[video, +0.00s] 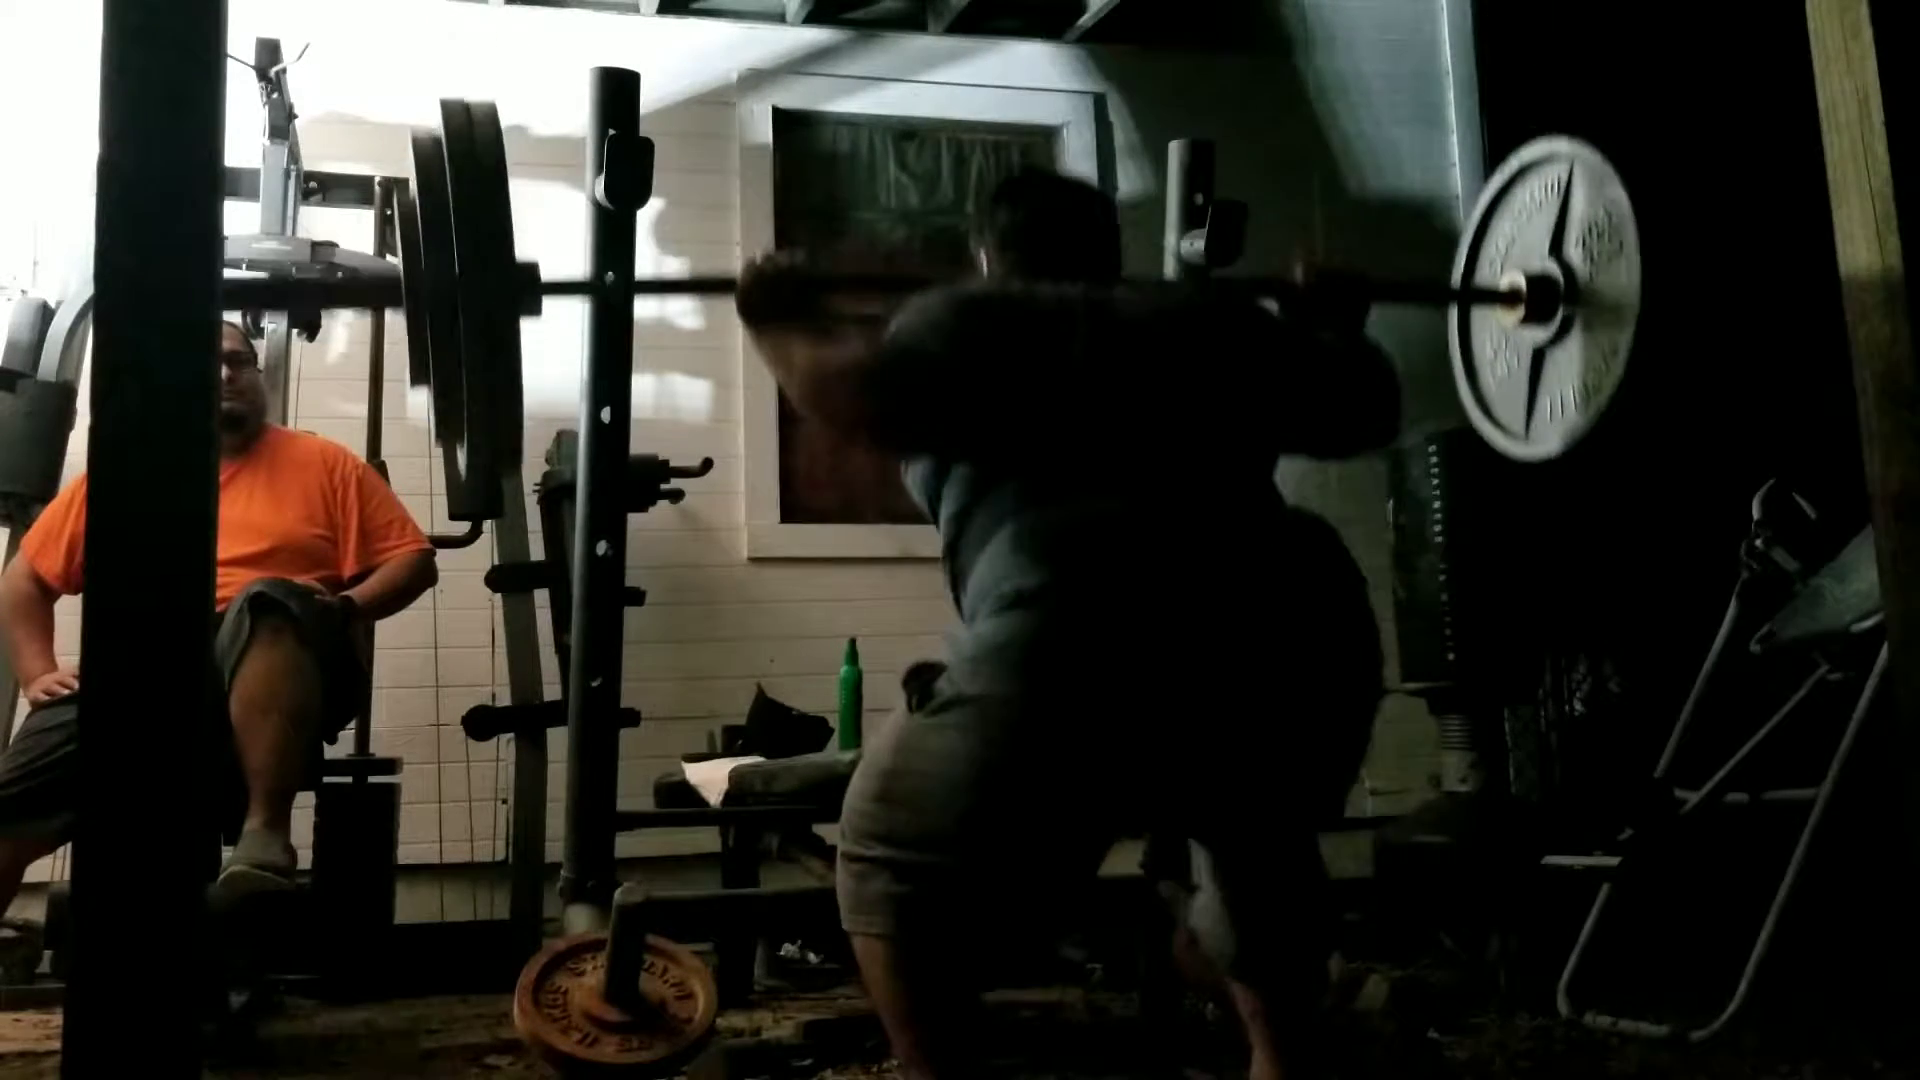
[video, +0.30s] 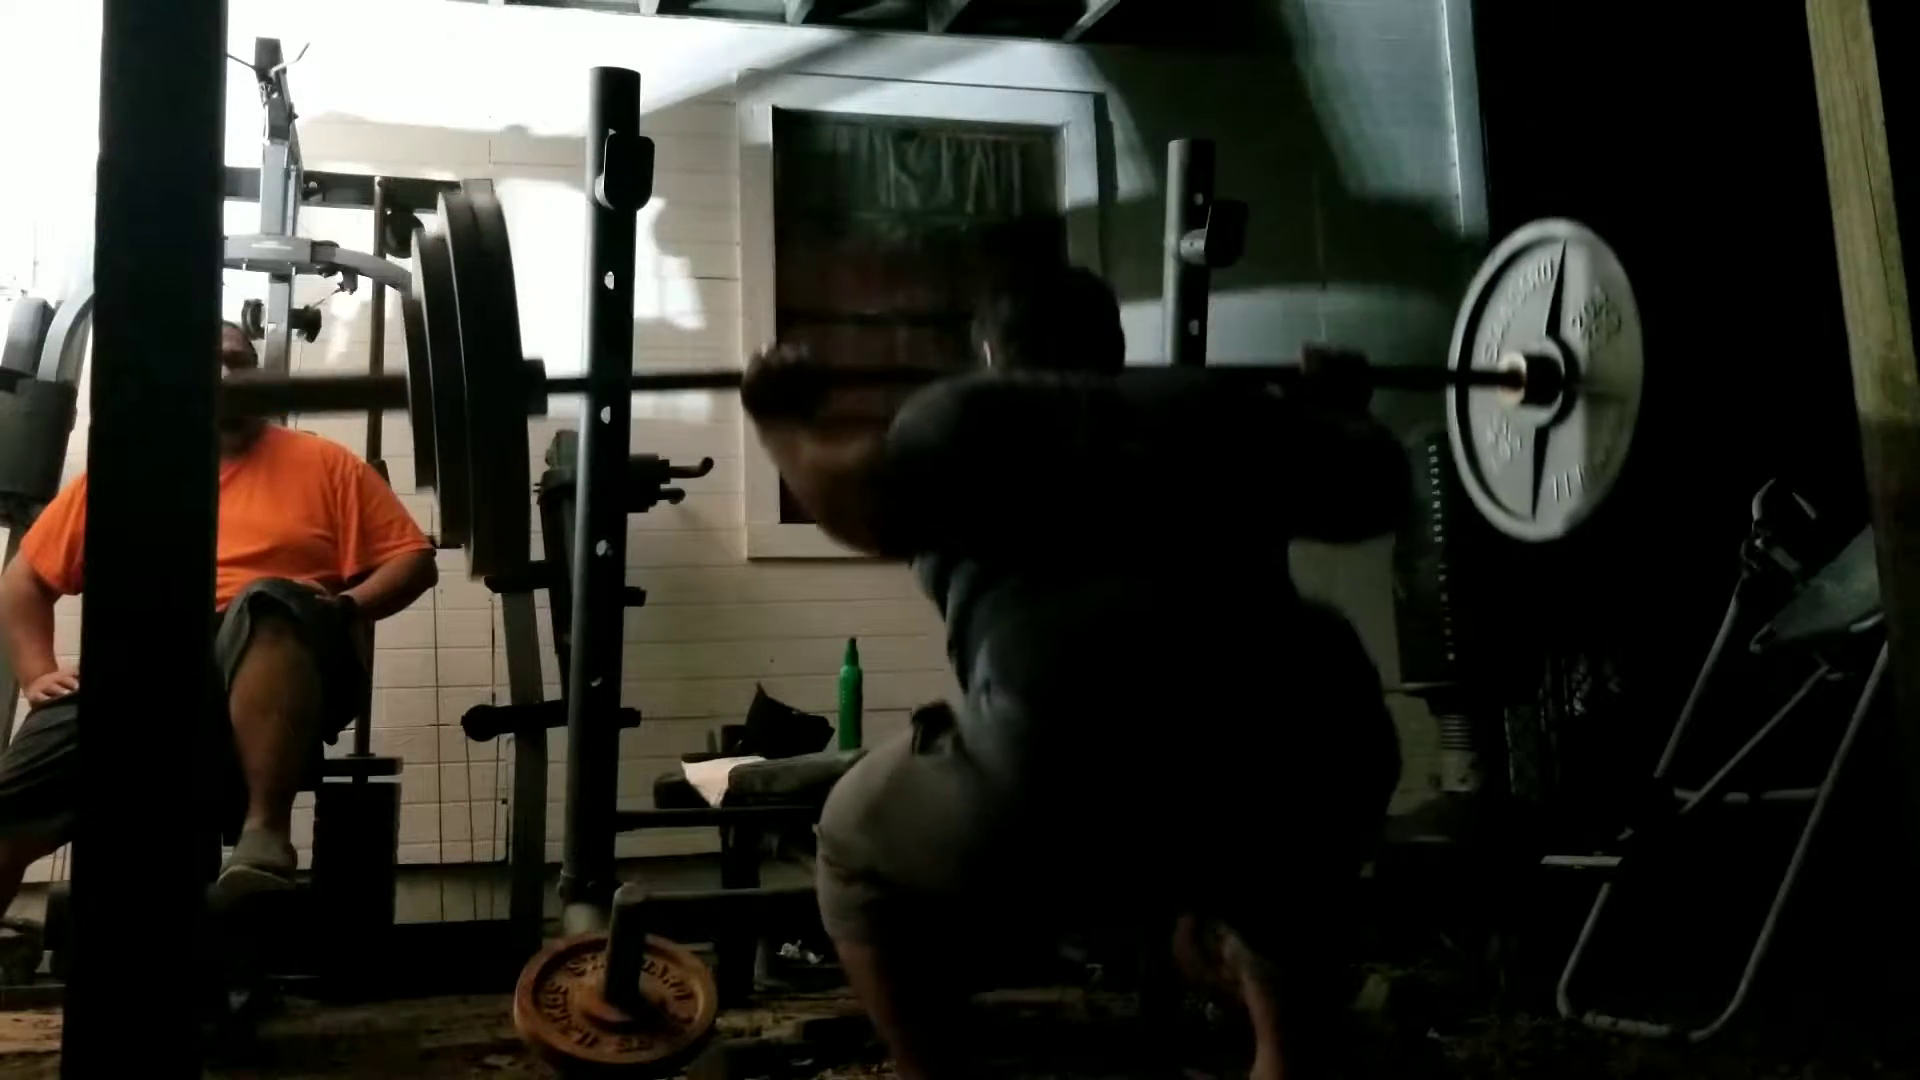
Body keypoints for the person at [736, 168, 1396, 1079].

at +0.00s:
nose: (974, 268)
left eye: (976, 255)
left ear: (989, 261)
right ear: (1113, 255)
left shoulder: (954, 324)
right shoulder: (1204, 321)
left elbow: (857, 404)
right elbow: (1364, 414)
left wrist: (773, 315)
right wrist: (1332, 318)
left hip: (1060, 655)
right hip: (1273, 643)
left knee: (887, 860)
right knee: (1258, 844)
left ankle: (929, 1062)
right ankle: (1282, 1056)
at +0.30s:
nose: (978, 355)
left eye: (984, 340)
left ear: (997, 349)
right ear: (1115, 345)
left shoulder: (962, 420)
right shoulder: (1215, 414)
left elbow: (866, 513)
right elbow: (1377, 498)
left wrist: (785, 429)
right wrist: (1339, 410)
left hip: (1057, 778)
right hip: (1275, 764)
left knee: (855, 839)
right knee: (1279, 886)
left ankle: (923, 1063)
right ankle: (1287, 1058)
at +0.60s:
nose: (972, 416)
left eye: (975, 406)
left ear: (991, 410)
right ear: (1116, 396)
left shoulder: (957, 476)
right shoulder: (1213, 464)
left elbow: (860, 565)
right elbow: (1370, 562)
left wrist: (776, 477)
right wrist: (1334, 450)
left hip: (1047, 839)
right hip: (1255, 824)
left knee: (839, 843)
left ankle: (911, 1060)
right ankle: (1284, 1055)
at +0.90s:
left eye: (957, 294)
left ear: (966, 299)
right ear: (1095, 288)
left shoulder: (936, 354)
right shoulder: (1189, 347)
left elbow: (826, 424)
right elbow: (1358, 409)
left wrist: (768, 352)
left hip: (1058, 682)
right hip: (1279, 666)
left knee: (871, 847)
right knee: (1269, 853)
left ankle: (924, 1062)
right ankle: (1288, 1057)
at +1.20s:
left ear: (958, 148)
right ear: (1090, 147)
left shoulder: (937, 210)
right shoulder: (1181, 213)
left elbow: (827, 270)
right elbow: (1339, 283)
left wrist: (763, 189)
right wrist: (1296, 187)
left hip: (1037, 546)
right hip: (1244, 540)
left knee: (891, 850)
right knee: (1243, 827)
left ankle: (931, 1059)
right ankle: (1280, 1055)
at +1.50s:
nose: (940, 26)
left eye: (944, 15)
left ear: (964, 11)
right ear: (1086, 3)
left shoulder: (943, 81)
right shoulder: (1184, 83)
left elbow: (847, 163)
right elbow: (1332, 173)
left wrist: (757, 63)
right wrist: (1304, 81)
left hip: (1015, 470)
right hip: (1205, 467)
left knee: (948, 822)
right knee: (1240, 810)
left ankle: (946, 1061)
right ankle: (1276, 1055)